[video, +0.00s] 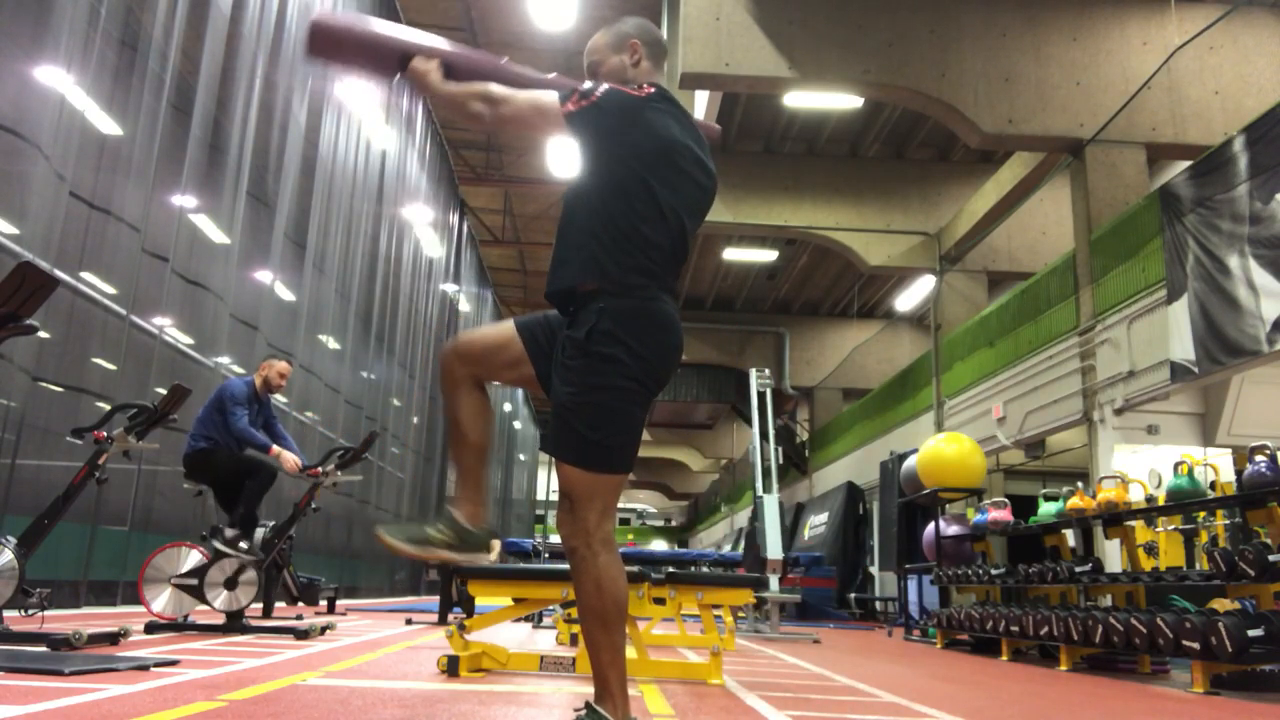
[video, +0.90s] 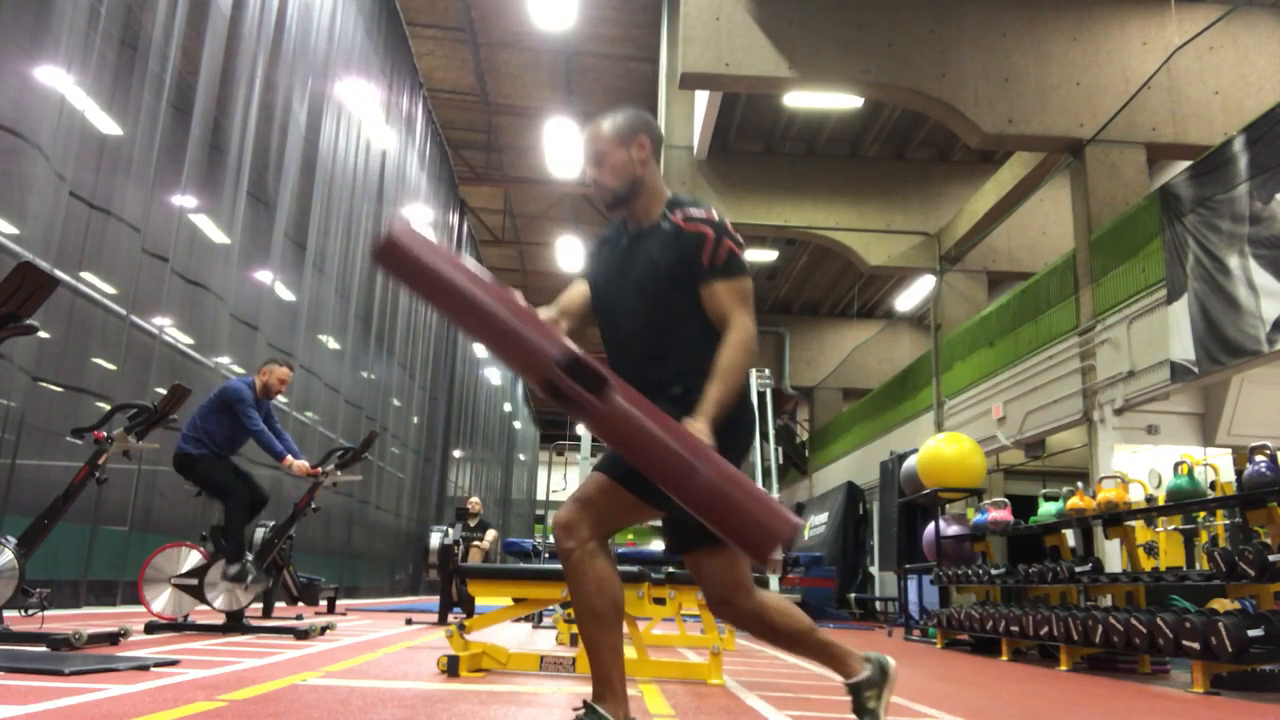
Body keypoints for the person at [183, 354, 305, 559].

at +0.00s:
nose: (283, 384)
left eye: (286, 380)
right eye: (280, 376)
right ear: (263, 369)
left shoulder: (263, 403)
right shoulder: (235, 389)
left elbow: (277, 433)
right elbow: (239, 428)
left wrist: (302, 465)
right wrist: (278, 452)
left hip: (223, 461)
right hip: (202, 456)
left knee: (248, 517)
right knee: (264, 471)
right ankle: (233, 531)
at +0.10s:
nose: (282, 384)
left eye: (285, 380)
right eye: (279, 376)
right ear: (262, 369)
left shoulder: (262, 401)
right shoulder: (236, 389)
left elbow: (275, 431)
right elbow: (248, 429)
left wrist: (300, 460)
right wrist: (286, 455)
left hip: (220, 460)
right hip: (203, 457)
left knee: (259, 509)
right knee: (260, 487)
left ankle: (229, 543)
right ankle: (237, 546)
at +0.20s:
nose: (282, 383)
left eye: (286, 380)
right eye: (280, 376)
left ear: (284, 382)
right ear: (262, 369)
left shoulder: (262, 398)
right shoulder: (239, 389)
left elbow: (275, 428)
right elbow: (256, 427)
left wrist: (299, 461)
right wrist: (289, 459)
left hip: (228, 461)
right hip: (204, 459)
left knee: (271, 497)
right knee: (246, 505)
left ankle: (226, 535)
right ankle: (233, 572)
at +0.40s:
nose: (286, 384)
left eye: (290, 380)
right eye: (284, 377)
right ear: (266, 370)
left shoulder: (265, 397)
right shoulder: (243, 388)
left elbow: (277, 428)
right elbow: (259, 428)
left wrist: (299, 460)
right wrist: (290, 461)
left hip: (227, 460)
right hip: (202, 459)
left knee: (274, 481)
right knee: (231, 511)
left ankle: (246, 537)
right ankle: (200, 573)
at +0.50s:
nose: (286, 386)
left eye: (290, 381)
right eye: (284, 378)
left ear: (290, 381)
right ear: (267, 371)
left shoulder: (266, 398)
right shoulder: (242, 388)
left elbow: (279, 430)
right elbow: (258, 428)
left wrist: (301, 461)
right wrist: (289, 461)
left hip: (219, 457)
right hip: (196, 454)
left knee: (261, 498)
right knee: (236, 496)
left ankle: (254, 558)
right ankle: (197, 552)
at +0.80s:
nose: (282, 389)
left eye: (285, 385)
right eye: (280, 382)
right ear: (263, 374)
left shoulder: (262, 404)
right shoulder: (236, 390)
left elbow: (278, 432)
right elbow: (255, 430)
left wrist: (301, 462)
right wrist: (287, 461)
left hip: (211, 456)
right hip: (190, 452)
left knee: (242, 510)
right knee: (246, 477)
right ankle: (232, 538)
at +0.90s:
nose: (282, 389)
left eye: (286, 385)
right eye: (280, 382)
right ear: (263, 374)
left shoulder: (262, 401)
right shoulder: (238, 390)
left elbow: (277, 431)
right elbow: (257, 430)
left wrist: (301, 462)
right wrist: (288, 462)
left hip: (215, 458)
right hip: (193, 455)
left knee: (258, 498)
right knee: (237, 495)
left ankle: (222, 535)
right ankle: (234, 564)